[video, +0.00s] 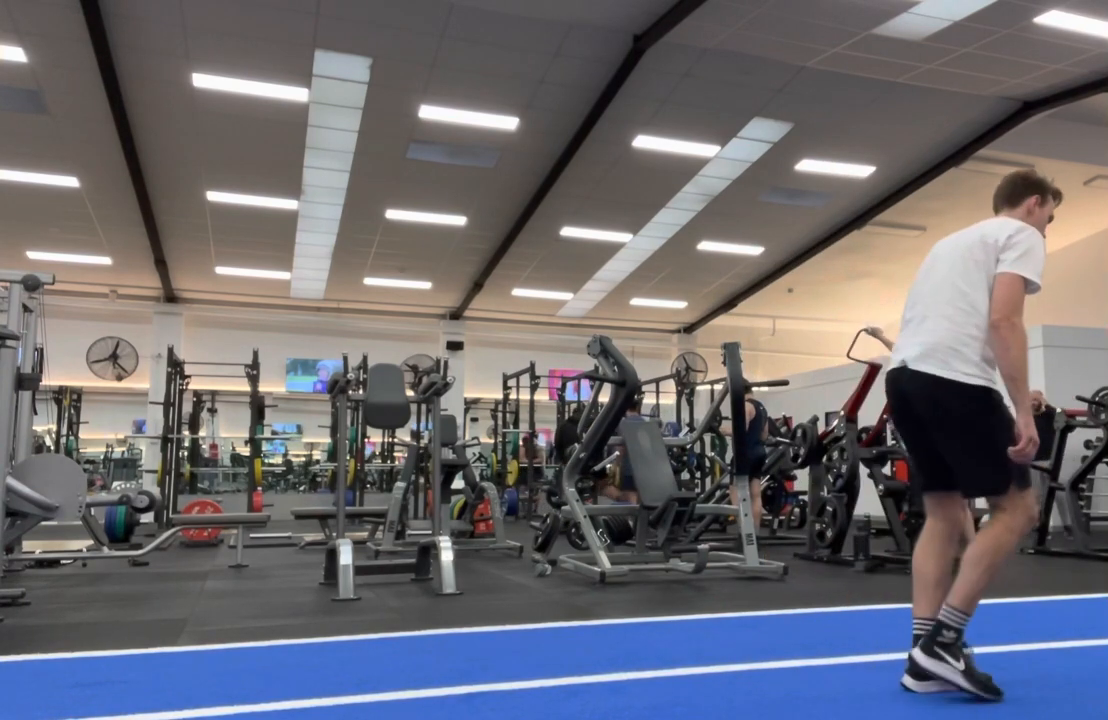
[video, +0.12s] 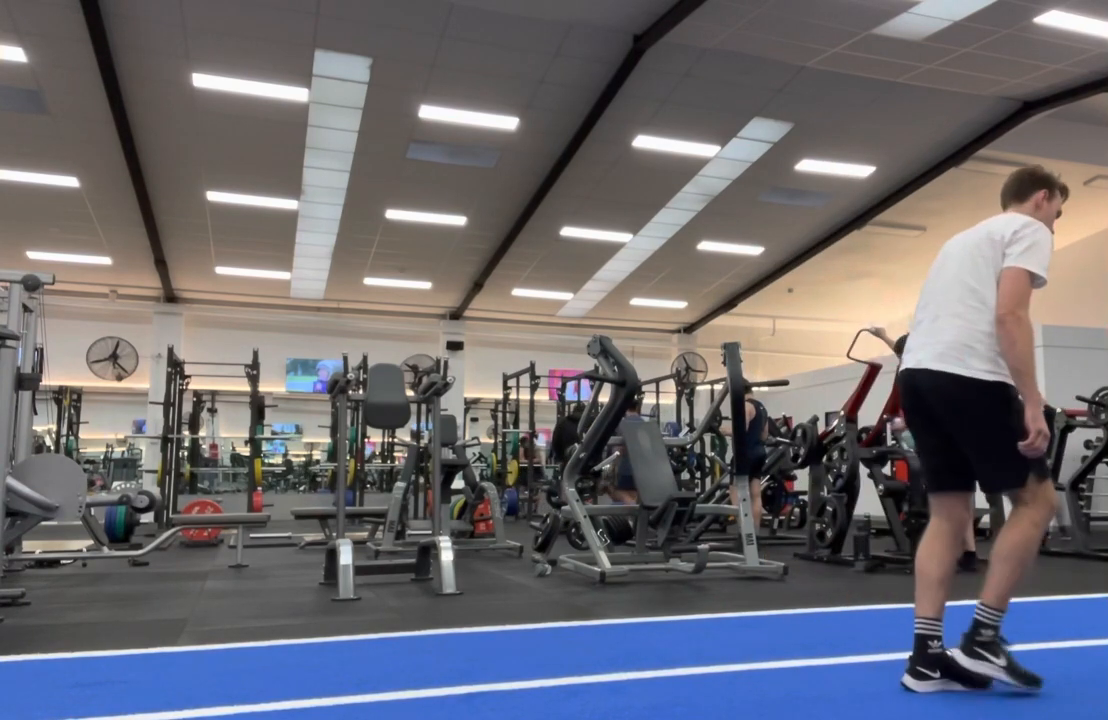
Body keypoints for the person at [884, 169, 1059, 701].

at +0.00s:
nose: (1047, 228)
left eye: (1051, 220)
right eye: (1049, 218)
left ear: (1003, 204)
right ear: (1034, 204)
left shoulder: (951, 245)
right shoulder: (1021, 234)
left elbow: (931, 330)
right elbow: (1004, 318)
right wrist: (1024, 409)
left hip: (905, 380)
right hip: (957, 381)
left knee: (944, 517)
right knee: (1017, 508)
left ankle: (925, 655)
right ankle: (945, 637)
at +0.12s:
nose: (1055, 224)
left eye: (1059, 216)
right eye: (1057, 214)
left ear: (1012, 199)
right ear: (1043, 198)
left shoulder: (961, 242)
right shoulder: (1029, 229)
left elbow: (928, 326)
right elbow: (1010, 312)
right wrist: (1033, 402)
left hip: (918, 379)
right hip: (974, 380)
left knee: (949, 517)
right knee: (1037, 500)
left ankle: (926, 655)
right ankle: (983, 638)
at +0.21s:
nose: (1069, 217)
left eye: (1071, 209)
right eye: (1070, 207)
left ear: (1026, 196)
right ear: (1057, 195)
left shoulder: (979, 237)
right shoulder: (1045, 224)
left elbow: (953, 323)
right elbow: (1020, 307)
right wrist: (1048, 396)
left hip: (933, 380)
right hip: (990, 380)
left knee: (951, 515)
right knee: (1034, 510)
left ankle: (927, 653)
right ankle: (1042, 653)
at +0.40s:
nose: (1106, 231)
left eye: (1106, 225)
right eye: (1107, 223)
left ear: (1062, 212)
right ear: (1096, 214)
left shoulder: (1016, 247)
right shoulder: (1083, 241)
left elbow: (997, 333)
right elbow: (1067, 326)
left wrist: (1050, 402)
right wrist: (1092, 416)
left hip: (967, 380)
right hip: (1022, 384)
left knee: (1011, 511)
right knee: (1060, 515)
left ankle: (955, 618)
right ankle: (1063, 656)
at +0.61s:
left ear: (1091, 251)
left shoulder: (1048, 269)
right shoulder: (1103, 269)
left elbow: (991, 346)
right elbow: (1102, 358)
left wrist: (979, 433)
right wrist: (1106, 443)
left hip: (982, 375)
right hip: (1036, 381)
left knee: (1047, 508)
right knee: (1078, 511)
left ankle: (1057, 637)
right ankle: (1065, 652)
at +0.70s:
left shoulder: (1075, 281)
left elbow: (994, 354)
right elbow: (1105, 396)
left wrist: (972, 439)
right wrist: (1105, 473)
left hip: (986, 375)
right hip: (1037, 379)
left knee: (1049, 515)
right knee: (1084, 512)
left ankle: (1092, 635)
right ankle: (1067, 655)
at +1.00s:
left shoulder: (1092, 325)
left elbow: (1013, 415)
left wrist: (979, 484)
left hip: (993, 380)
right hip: (1039, 385)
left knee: (1056, 518)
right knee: (1099, 520)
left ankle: (1095, 636)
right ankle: (1068, 657)